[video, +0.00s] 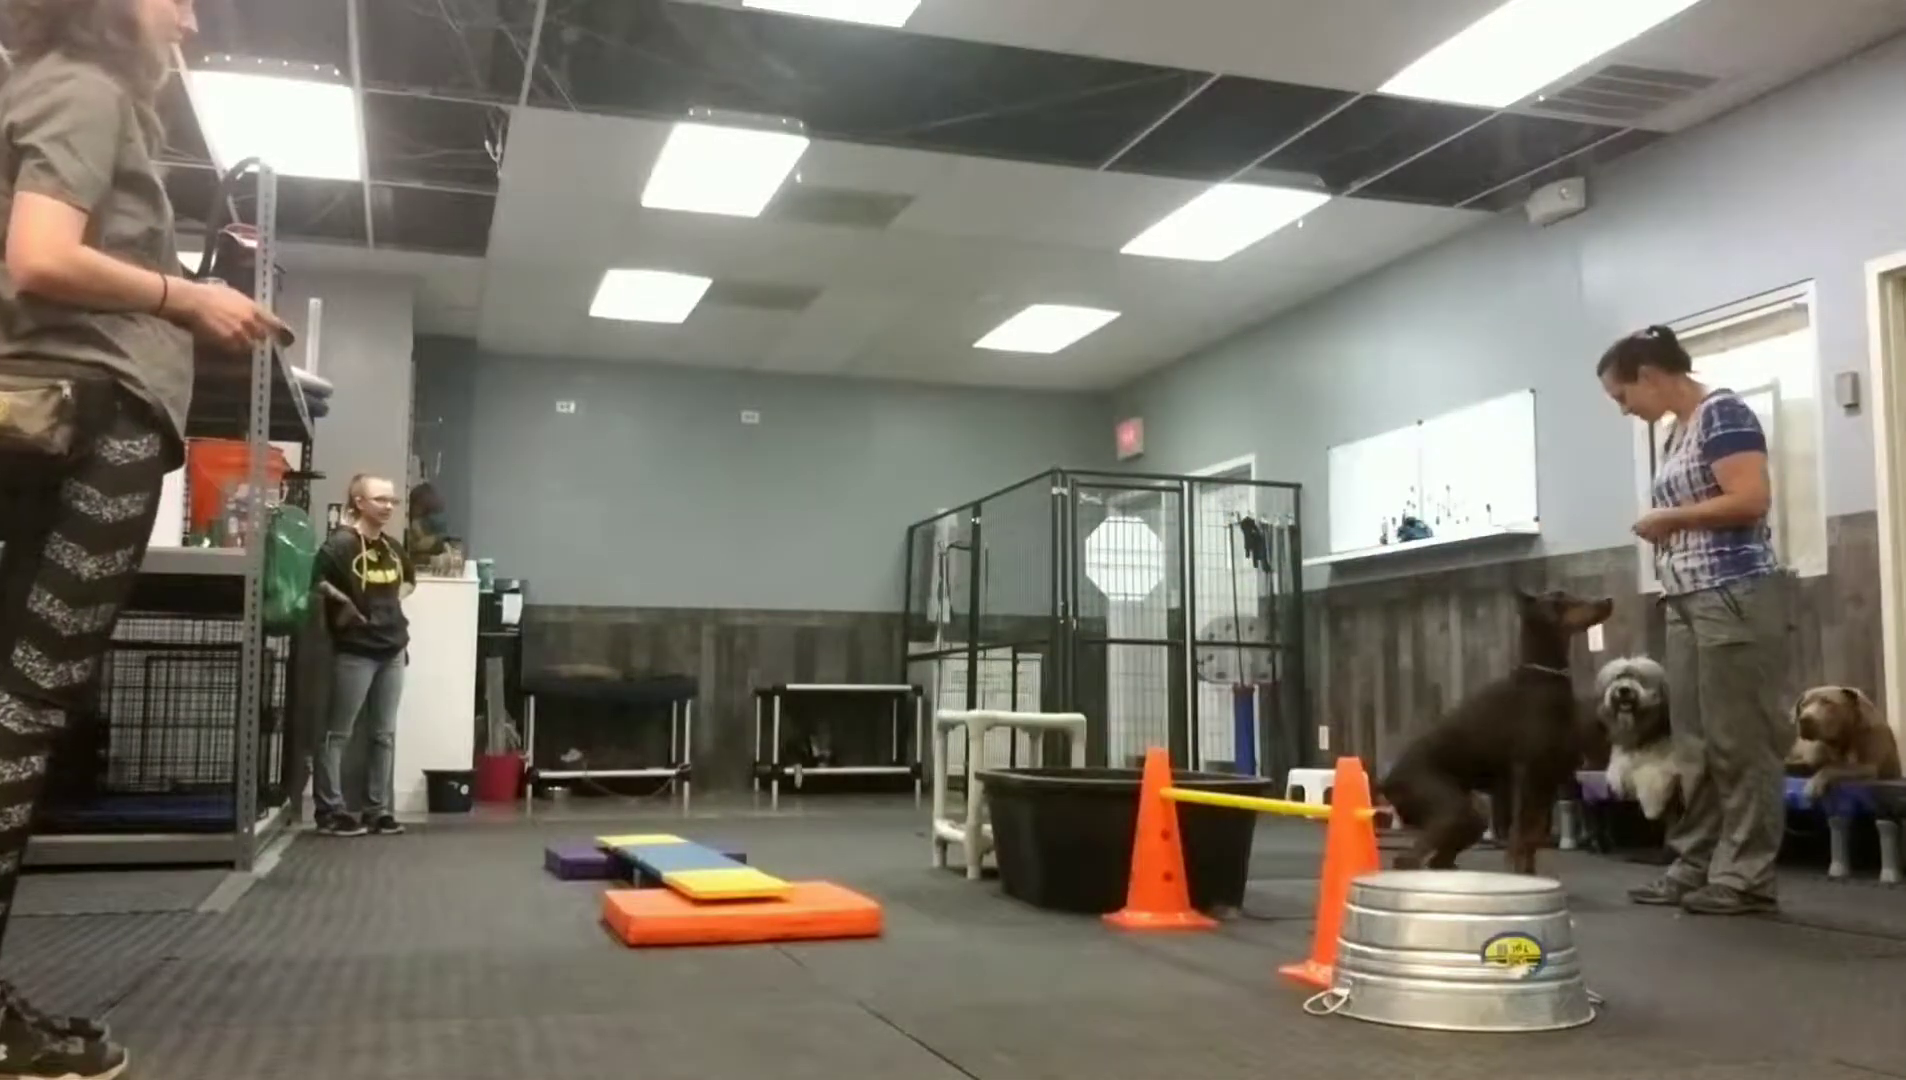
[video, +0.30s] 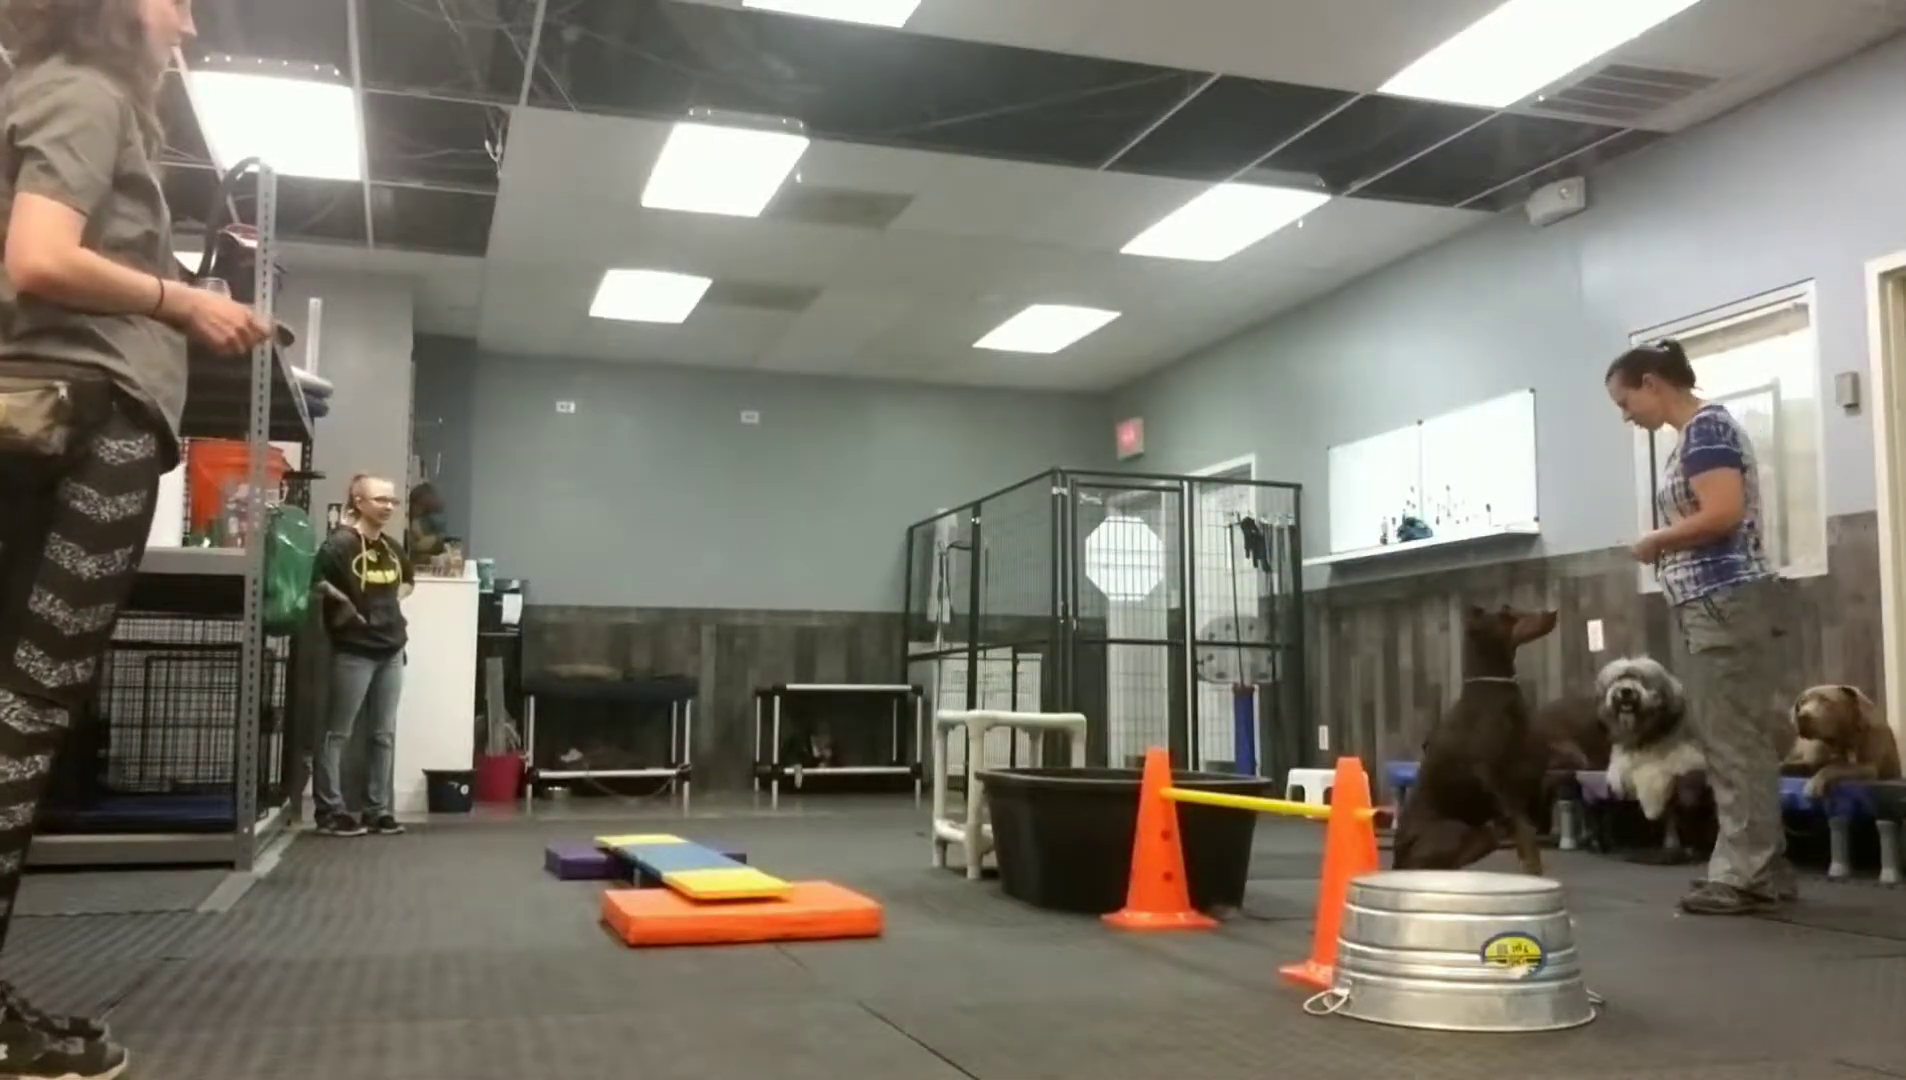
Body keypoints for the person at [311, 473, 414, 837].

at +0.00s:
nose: (388, 507)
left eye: (392, 500)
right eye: (380, 500)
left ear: (393, 505)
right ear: (358, 502)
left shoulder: (391, 546)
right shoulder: (339, 546)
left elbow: (407, 582)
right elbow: (316, 588)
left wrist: (391, 619)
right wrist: (347, 611)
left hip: (392, 649)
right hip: (355, 650)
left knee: (384, 735)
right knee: (339, 734)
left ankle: (378, 811)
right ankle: (330, 811)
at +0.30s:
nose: (389, 507)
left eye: (391, 501)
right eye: (381, 500)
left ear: (392, 505)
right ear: (358, 502)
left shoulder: (389, 546)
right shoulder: (338, 546)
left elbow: (407, 581)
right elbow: (317, 590)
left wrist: (387, 615)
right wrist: (349, 614)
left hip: (390, 650)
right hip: (354, 651)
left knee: (383, 735)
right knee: (338, 734)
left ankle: (377, 811)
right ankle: (330, 811)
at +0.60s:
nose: (390, 507)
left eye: (393, 501)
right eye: (382, 500)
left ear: (393, 506)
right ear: (360, 503)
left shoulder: (390, 546)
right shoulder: (340, 544)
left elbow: (407, 582)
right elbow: (315, 582)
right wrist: (344, 606)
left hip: (390, 649)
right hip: (353, 650)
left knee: (382, 735)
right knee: (338, 734)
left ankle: (377, 811)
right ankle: (330, 811)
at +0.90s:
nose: (392, 508)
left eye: (394, 502)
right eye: (384, 501)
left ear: (394, 506)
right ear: (361, 503)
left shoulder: (390, 546)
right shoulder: (339, 545)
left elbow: (407, 583)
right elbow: (317, 586)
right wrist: (347, 612)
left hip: (390, 649)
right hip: (353, 650)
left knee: (383, 735)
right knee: (338, 734)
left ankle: (377, 810)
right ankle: (334, 809)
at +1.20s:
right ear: (365, 514)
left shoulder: (399, 551)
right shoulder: (346, 549)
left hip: (392, 648)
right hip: (356, 646)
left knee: (375, 734)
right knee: (339, 732)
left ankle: (361, 808)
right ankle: (330, 809)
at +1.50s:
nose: (380, 512)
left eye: (385, 506)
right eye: (372, 505)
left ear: (388, 509)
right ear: (353, 508)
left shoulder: (388, 549)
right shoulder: (339, 542)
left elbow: (427, 568)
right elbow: (322, 579)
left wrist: (406, 537)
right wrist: (348, 602)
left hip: (390, 649)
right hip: (354, 648)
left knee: (383, 734)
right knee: (339, 733)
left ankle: (378, 809)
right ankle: (331, 810)